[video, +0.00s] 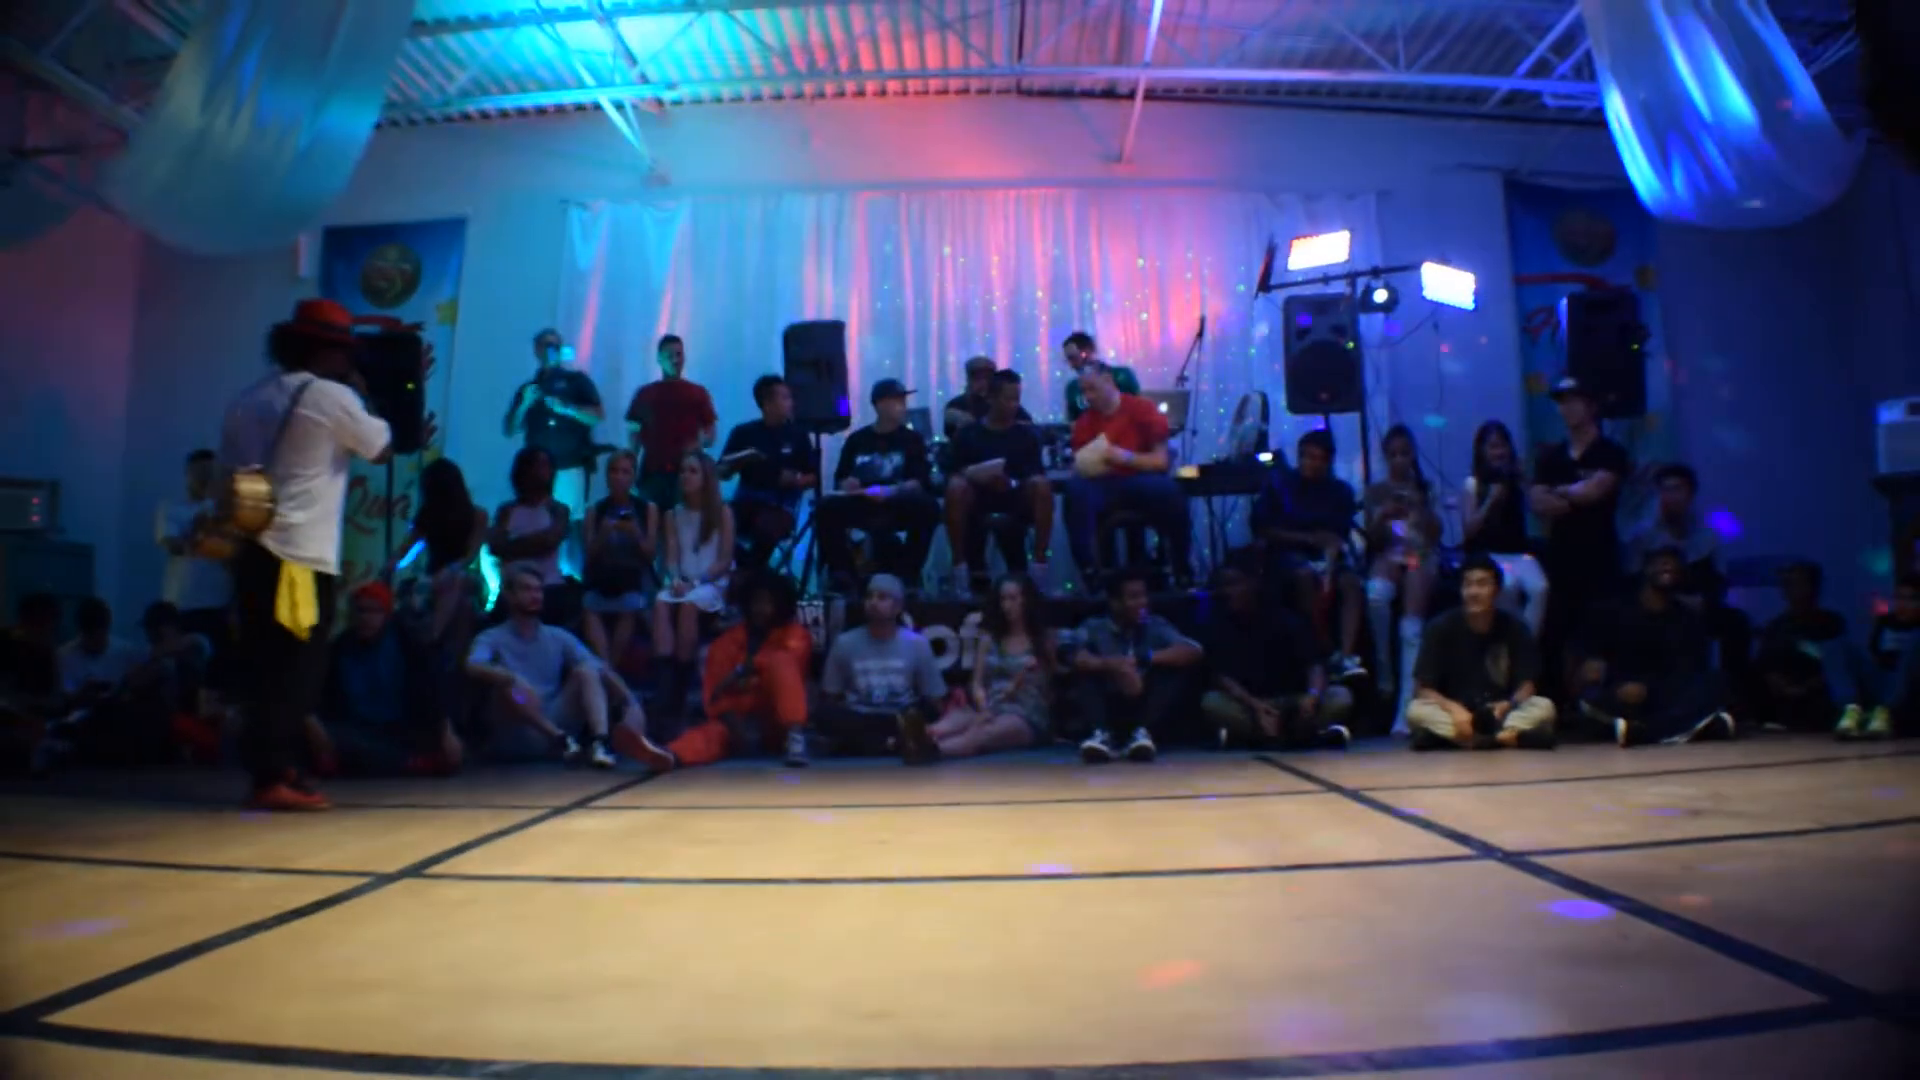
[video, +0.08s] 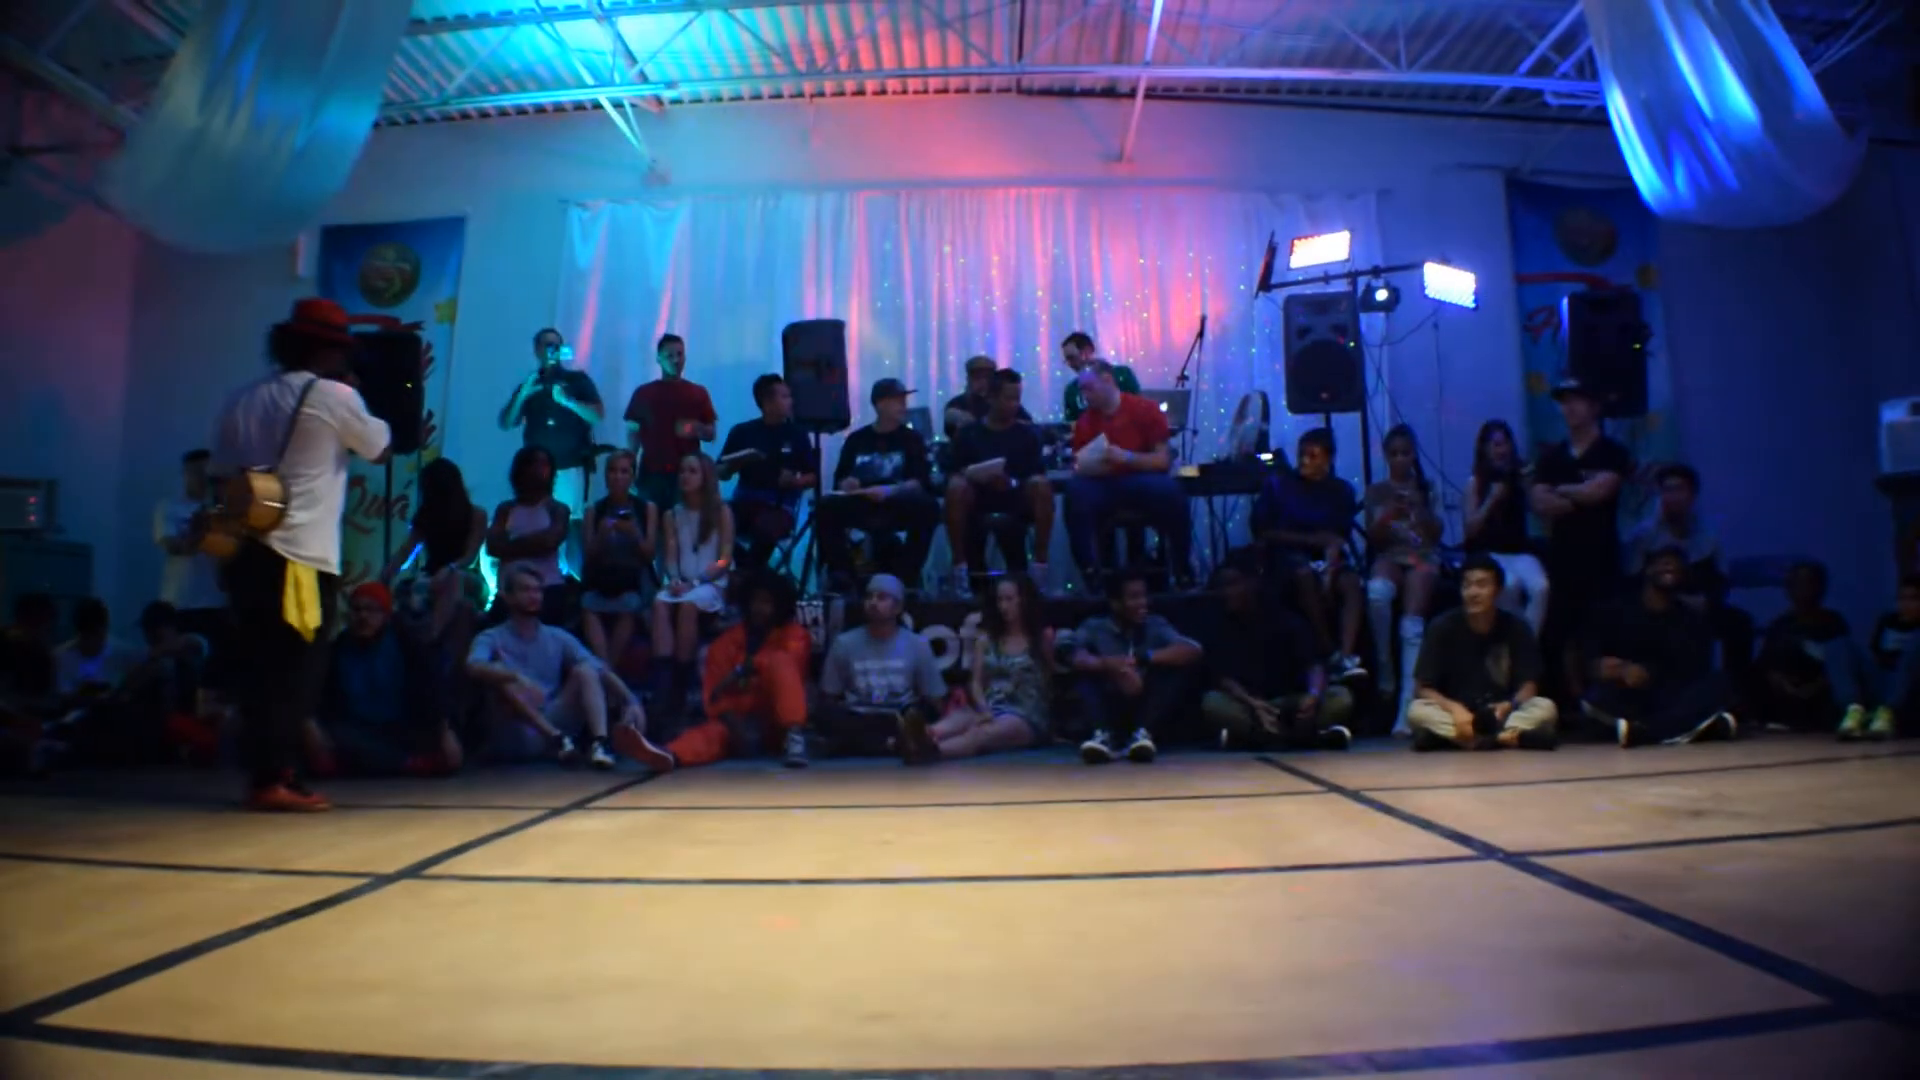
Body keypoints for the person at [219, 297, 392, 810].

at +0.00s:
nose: (348, 361)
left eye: (347, 351)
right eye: (342, 351)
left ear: (290, 347)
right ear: (325, 351)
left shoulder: (250, 400)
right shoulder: (327, 398)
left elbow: (231, 471)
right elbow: (379, 443)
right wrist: (360, 391)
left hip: (253, 554)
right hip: (301, 559)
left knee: (265, 670)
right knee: (296, 673)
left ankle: (272, 775)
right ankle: (278, 778)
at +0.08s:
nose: (345, 360)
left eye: (344, 351)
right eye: (341, 350)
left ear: (287, 347)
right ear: (326, 351)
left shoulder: (243, 402)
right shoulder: (329, 396)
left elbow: (222, 475)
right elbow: (377, 444)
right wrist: (351, 398)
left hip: (246, 556)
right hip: (297, 560)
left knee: (261, 668)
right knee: (295, 671)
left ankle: (268, 776)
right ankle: (277, 780)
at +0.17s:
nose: (340, 361)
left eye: (338, 353)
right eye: (336, 352)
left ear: (284, 349)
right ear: (322, 352)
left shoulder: (239, 402)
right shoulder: (332, 397)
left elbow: (211, 478)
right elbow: (375, 446)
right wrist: (346, 399)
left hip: (248, 557)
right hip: (300, 561)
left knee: (258, 668)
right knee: (292, 672)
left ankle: (263, 776)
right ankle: (273, 780)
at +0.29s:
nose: (333, 364)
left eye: (332, 356)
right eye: (331, 355)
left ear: (278, 351)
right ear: (319, 356)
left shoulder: (231, 405)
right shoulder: (331, 399)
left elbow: (207, 484)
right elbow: (368, 450)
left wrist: (207, 548)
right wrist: (339, 404)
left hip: (244, 560)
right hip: (304, 565)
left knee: (252, 669)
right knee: (298, 674)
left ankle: (261, 778)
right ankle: (274, 779)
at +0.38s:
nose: (328, 362)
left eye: (326, 356)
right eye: (325, 355)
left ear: (273, 353)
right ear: (316, 357)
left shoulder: (229, 406)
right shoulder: (328, 401)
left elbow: (202, 484)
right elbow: (362, 451)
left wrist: (206, 544)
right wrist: (332, 409)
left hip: (242, 559)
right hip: (302, 565)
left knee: (249, 668)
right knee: (296, 673)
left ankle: (259, 776)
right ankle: (274, 779)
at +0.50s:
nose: (311, 365)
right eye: (311, 359)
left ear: (263, 357)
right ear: (308, 361)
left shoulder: (223, 406)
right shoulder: (323, 408)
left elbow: (196, 482)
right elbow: (350, 458)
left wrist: (202, 535)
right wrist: (320, 416)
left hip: (234, 563)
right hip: (297, 568)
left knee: (244, 669)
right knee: (296, 673)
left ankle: (255, 775)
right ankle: (277, 776)